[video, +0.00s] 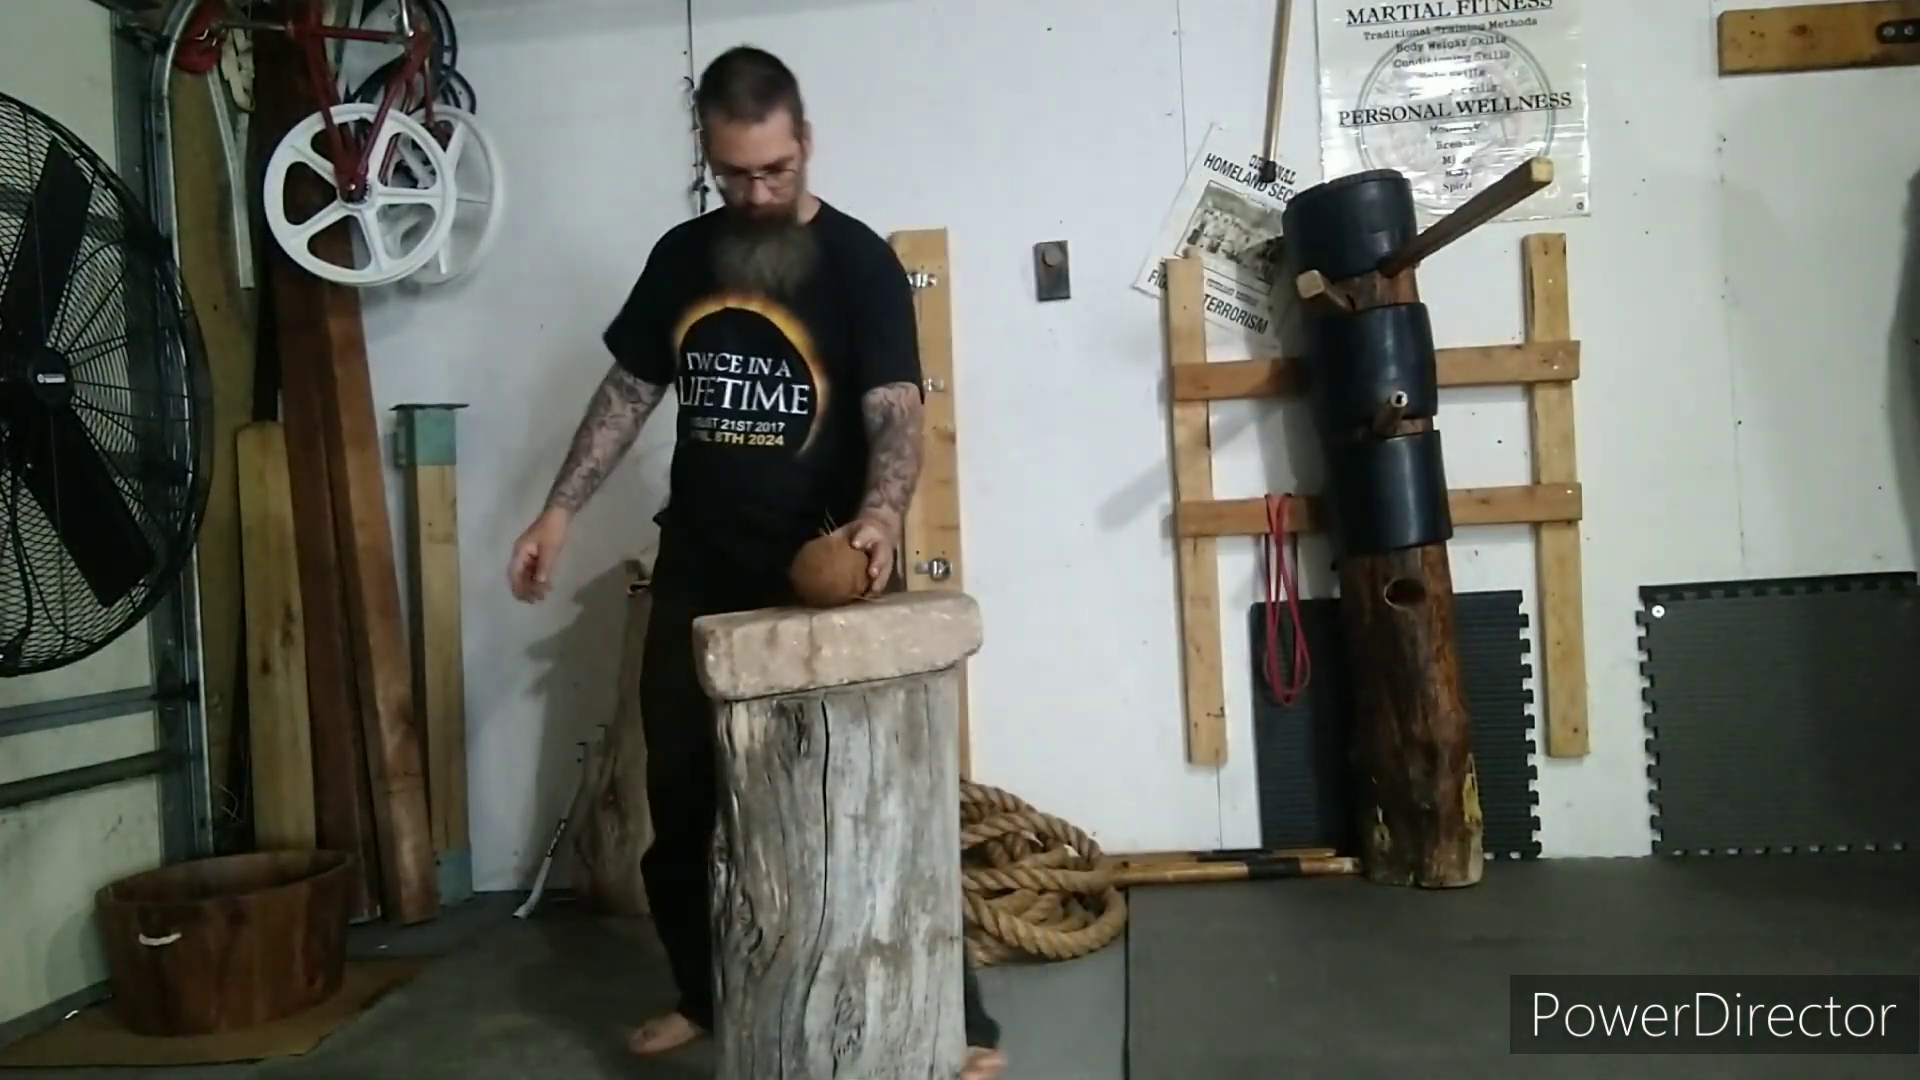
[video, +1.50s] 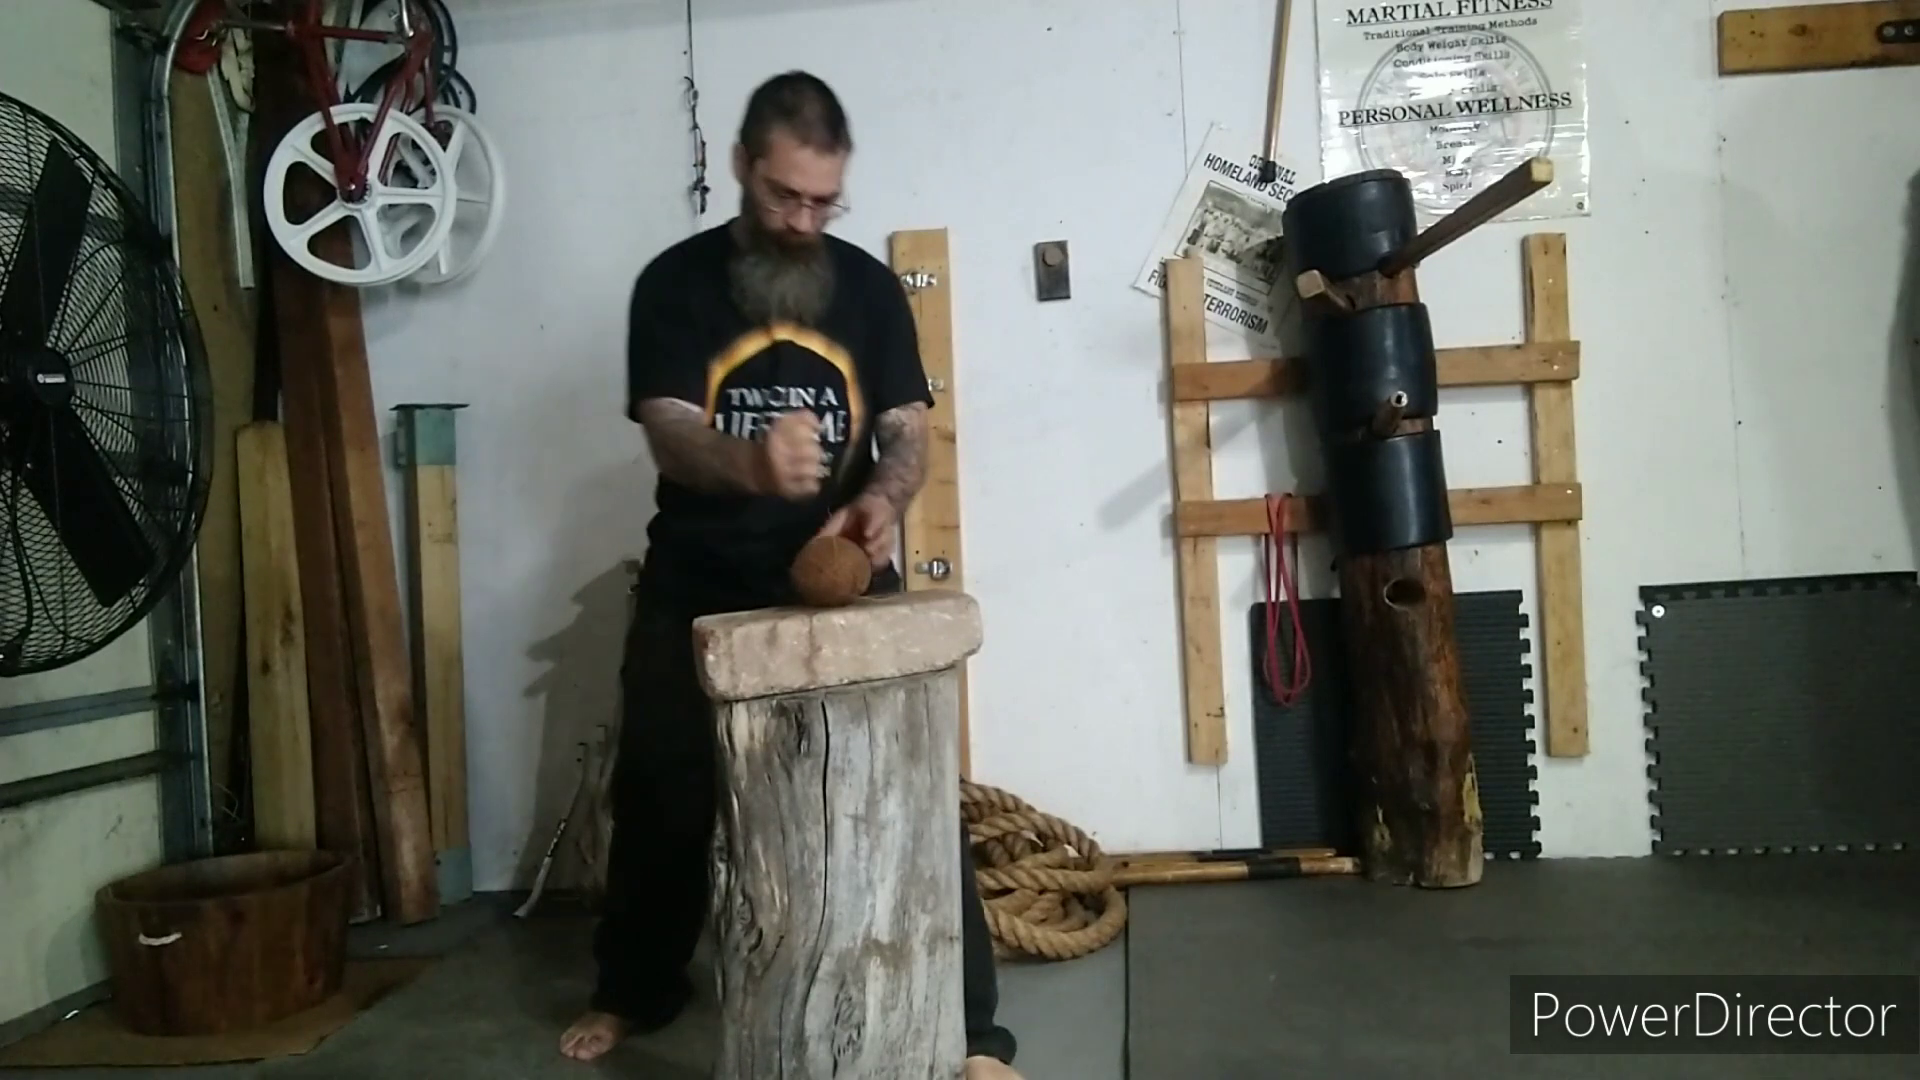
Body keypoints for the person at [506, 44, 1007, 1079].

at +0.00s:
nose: (758, 190)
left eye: (775, 168)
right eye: (736, 171)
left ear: (806, 142)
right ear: (707, 153)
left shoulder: (862, 262)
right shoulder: (681, 257)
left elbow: (897, 421)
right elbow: (628, 391)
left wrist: (881, 521)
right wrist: (557, 512)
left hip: (828, 584)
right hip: (699, 578)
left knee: (874, 808)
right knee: (681, 805)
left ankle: (958, 1022)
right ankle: (700, 1000)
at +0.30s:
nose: (827, 183)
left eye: (848, 162)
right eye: (806, 161)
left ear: (878, 138)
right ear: (773, 136)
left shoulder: (919, 263)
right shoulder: (722, 246)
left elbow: (941, 425)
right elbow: (667, 389)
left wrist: (896, 528)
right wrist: (621, 515)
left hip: (879, 579)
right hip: (729, 575)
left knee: (934, 802)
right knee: (704, 796)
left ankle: (976, 1034)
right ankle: (702, 999)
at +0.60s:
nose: (870, 185)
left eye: (892, 165)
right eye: (850, 163)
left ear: (920, 137)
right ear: (813, 130)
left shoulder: (955, 263)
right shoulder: (736, 239)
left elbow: (985, 422)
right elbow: (676, 378)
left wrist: (928, 480)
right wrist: (714, 465)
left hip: (894, 555)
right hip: (739, 554)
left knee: (939, 791)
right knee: (681, 774)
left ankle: (974, 1029)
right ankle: (647, 980)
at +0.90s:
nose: (814, 210)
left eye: (834, 190)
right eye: (795, 186)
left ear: (856, 168)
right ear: (753, 154)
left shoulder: (878, 284)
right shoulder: (673, 264)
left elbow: (903, 447)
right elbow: (614, 418)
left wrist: (828, 421)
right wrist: (740, 426)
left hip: (836, 583)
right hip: (687, 583)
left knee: (903, 799)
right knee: (656, 797)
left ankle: (971, 1030)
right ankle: (630, 993)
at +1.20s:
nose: (771, 210)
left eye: (790, 190)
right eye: (752, 187)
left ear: (812, 172)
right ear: (709, 160)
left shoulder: (846, 286)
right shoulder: (641, 275)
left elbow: (892, 437)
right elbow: (595, 429)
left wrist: (774, 446)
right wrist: (661, 424)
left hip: (815, 591)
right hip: (667, 592)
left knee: (885, 808)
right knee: (646, 806)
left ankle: (968, 1030)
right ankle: (630, 994)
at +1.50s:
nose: (804, 218)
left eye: (824, 200)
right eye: (786, 195)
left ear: (845, 181)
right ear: (743, 165)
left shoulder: (871, 286)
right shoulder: (675, 281)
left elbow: (906, 428)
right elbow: (666, 435)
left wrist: (888, 496)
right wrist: (750, 459)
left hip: (847, 579)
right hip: (700, 582)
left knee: (916, 794)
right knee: (661, 791)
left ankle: (972, 1029)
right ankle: (631, 993)